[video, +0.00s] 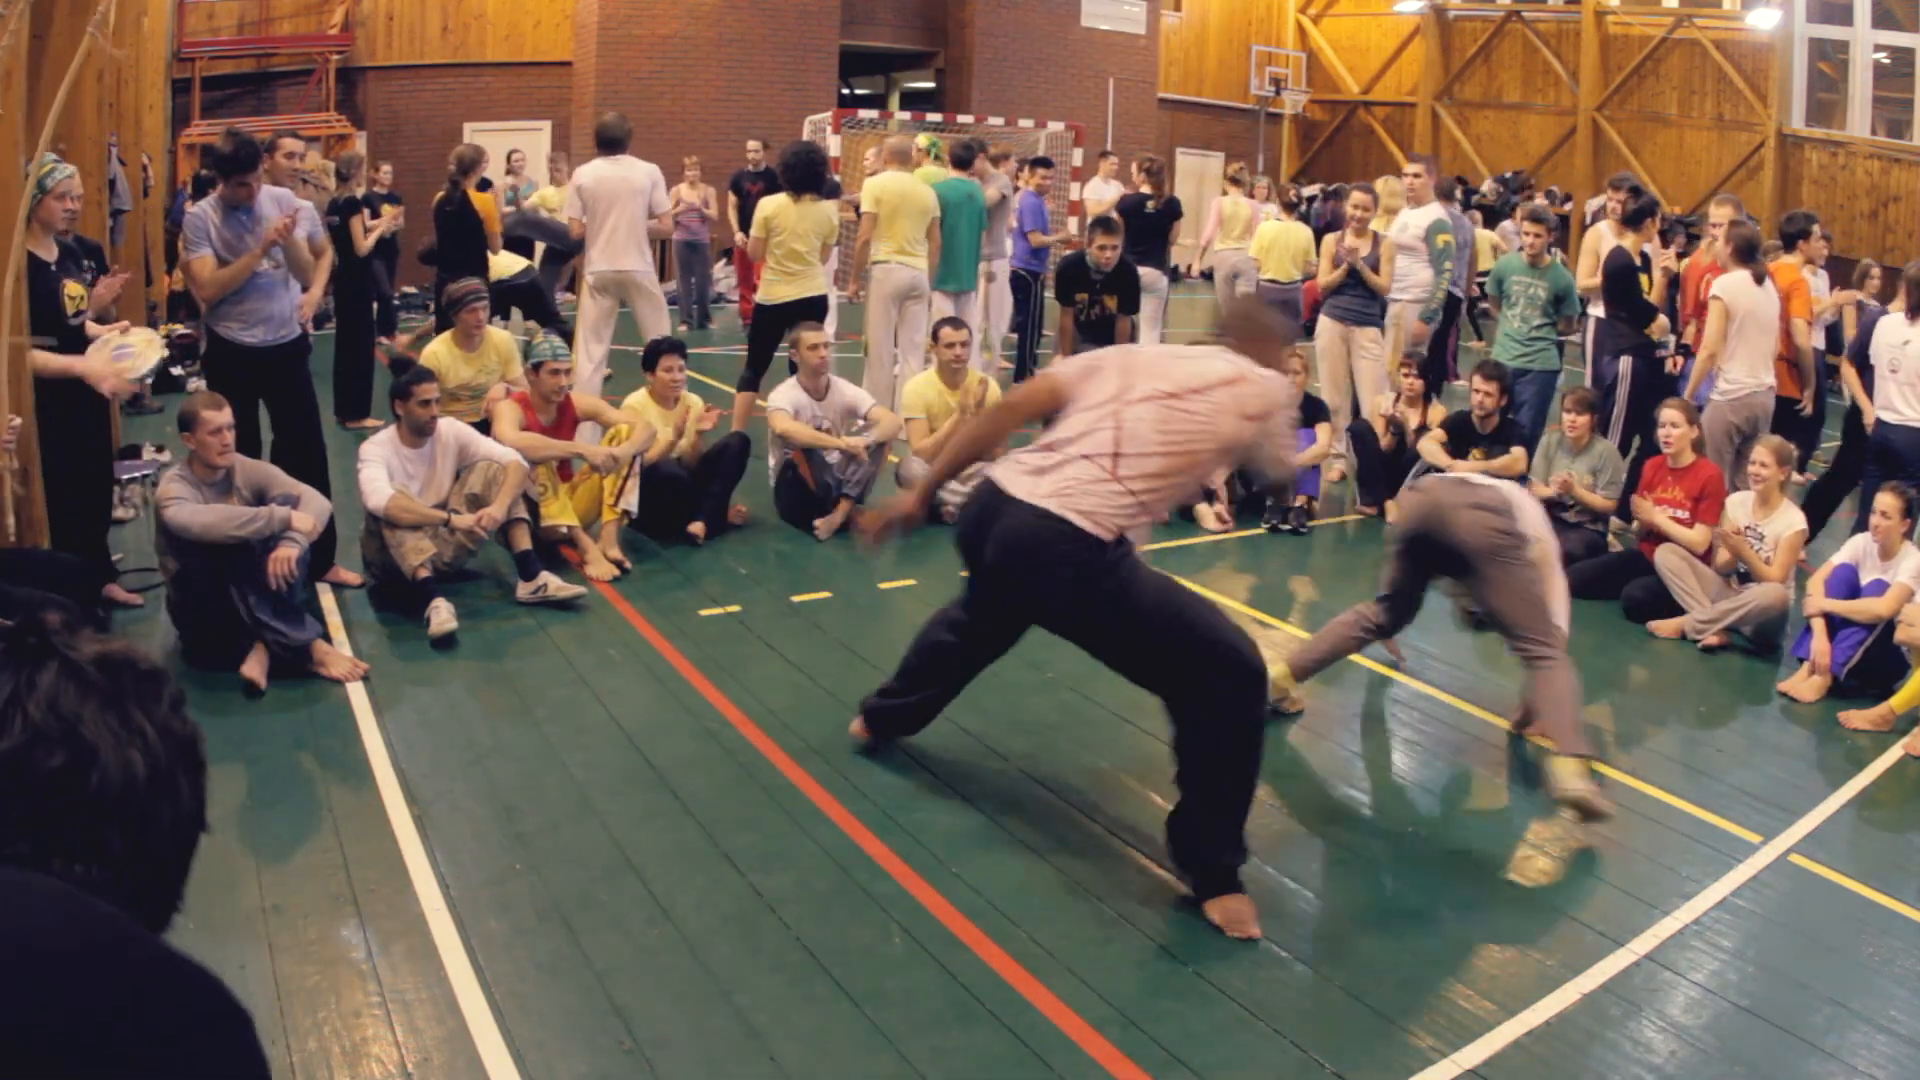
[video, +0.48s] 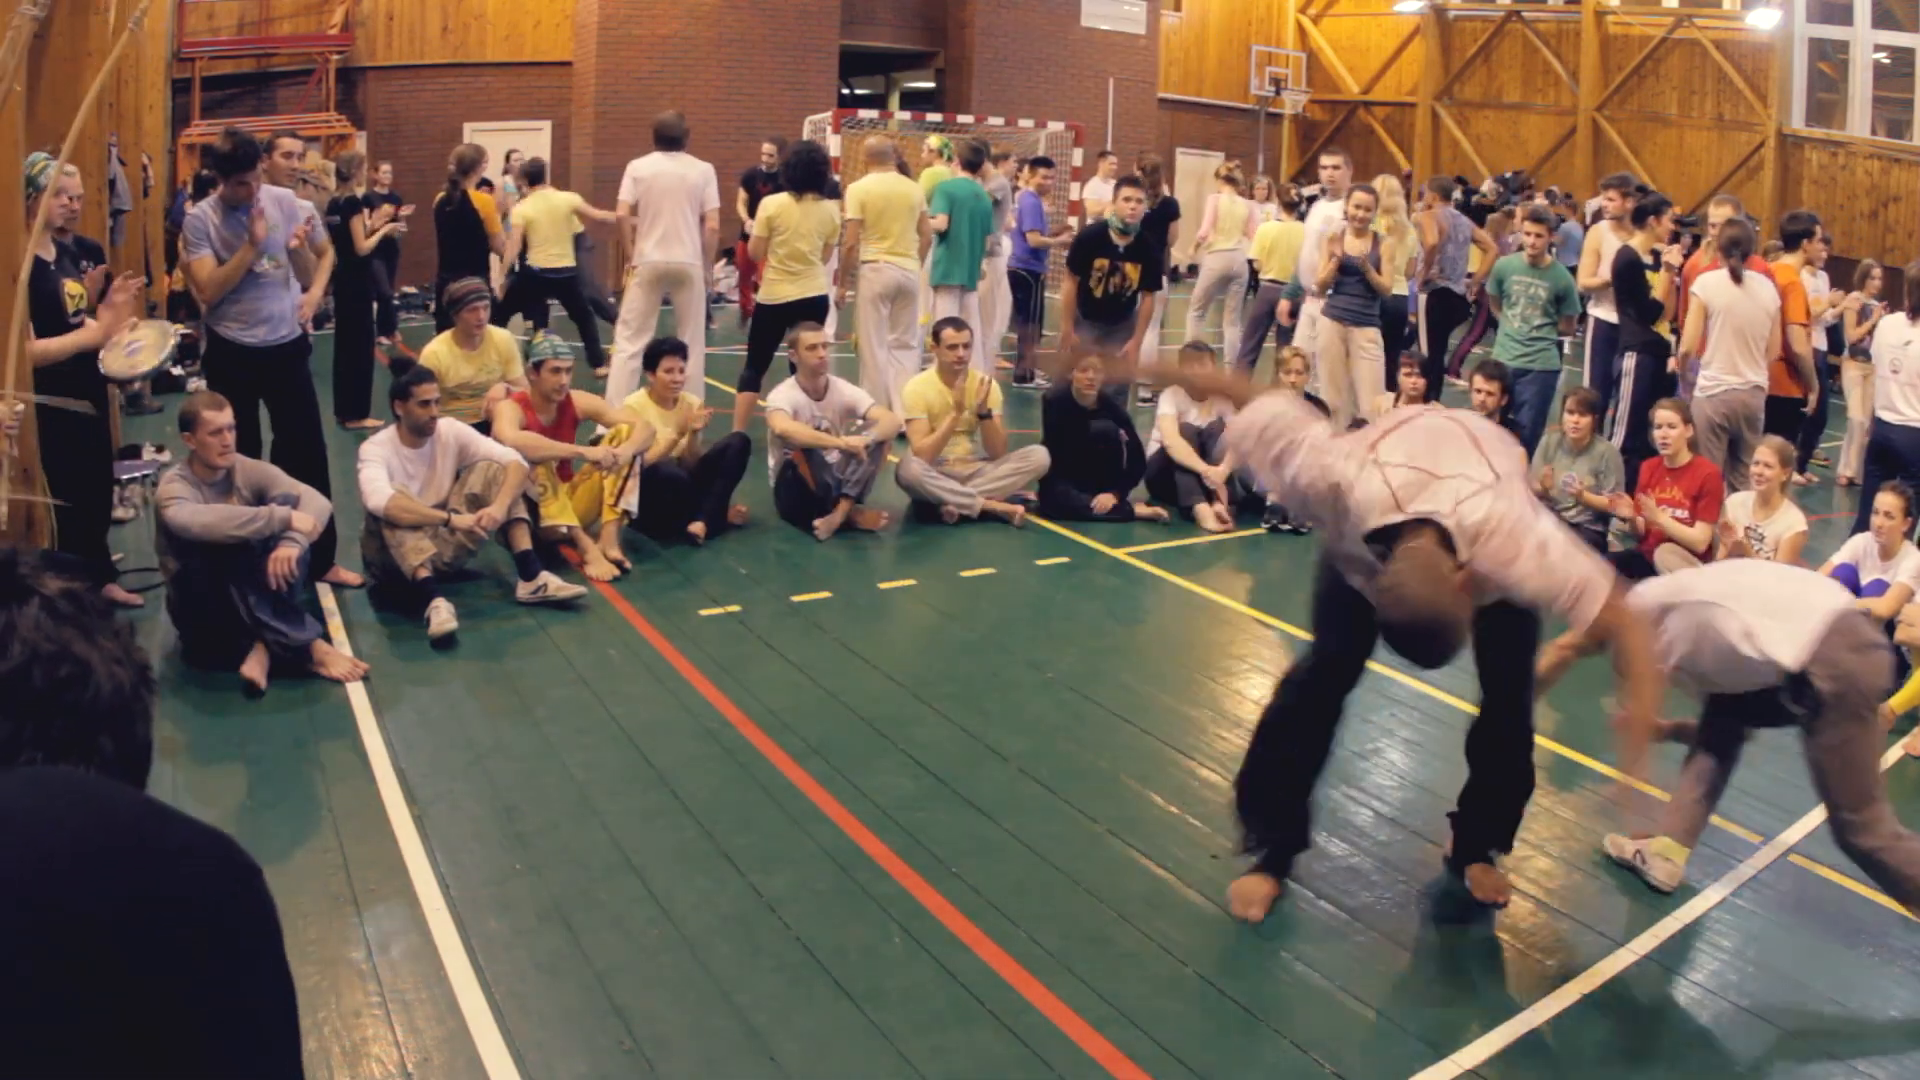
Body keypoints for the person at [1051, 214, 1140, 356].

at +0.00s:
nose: (1108, 255)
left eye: (1114, 248)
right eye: (1101, 248)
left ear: (1121, 248)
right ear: (1088, 245)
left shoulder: (1127, 271)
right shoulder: (1068, 267)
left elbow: (1124, 319)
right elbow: (1066, 314)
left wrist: (1121, 358)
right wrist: (1066, 359)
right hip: (1079, 336)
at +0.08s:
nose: (1113, 249)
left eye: (1118, 242)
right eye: (1106, 243)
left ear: (1124, 242)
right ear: (1091, 242)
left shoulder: (1130, 270)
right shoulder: (1070, 265)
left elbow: (1127, 318)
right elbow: (1066, 313)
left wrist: (1120, 359)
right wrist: (1066, 355)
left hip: (1114, 341)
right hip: (1080, 340)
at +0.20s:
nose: (1117, 240)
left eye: (1123, 233)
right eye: (1111, 233)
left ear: (1130, 234)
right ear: (1098, 231)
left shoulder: (1135, 264)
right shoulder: (1074, 258)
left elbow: (1133, 313)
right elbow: (1066, 306)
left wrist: (1127, 356)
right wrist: (1061, 350)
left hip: (1116, 335)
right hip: (1079, 331)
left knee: (1114, 392)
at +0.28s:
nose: (1120, 231)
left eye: (1127, 225)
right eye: (1114, 223)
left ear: (1135, 227)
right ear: (1102, 224)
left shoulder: (1139, 260)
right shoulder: (1078, 253)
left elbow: (1137, 309)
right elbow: (1064, 300)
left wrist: (1130, 352)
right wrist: (1061, 347)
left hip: (1117, 334)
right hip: (1079, 329)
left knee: (1114, 392)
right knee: (1065, 388)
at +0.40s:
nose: (1128, 216)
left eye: (1134, 210)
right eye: (1122, 208)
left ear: (1141, 215)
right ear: (1109, 211)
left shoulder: (1145, 251)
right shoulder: (1084, 243)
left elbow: (1143, 301)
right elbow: (1068, 288)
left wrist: (1133, 345)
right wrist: (1063, 336)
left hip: (1120, 326)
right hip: (1082, 323)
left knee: (1115, 388)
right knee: (1069, 386)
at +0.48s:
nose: (1133, 207)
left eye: (1139, 201)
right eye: (1127, 200)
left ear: (1145, 208)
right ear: (1113, 204)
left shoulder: (1149, 247)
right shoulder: (1088, 237)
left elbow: (1148, 296)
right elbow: (1071, 281)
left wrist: (1136, 340)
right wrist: (1067, 330)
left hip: (1123, 324)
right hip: (1086, 321)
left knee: (1118, 388)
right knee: (1076, 384)